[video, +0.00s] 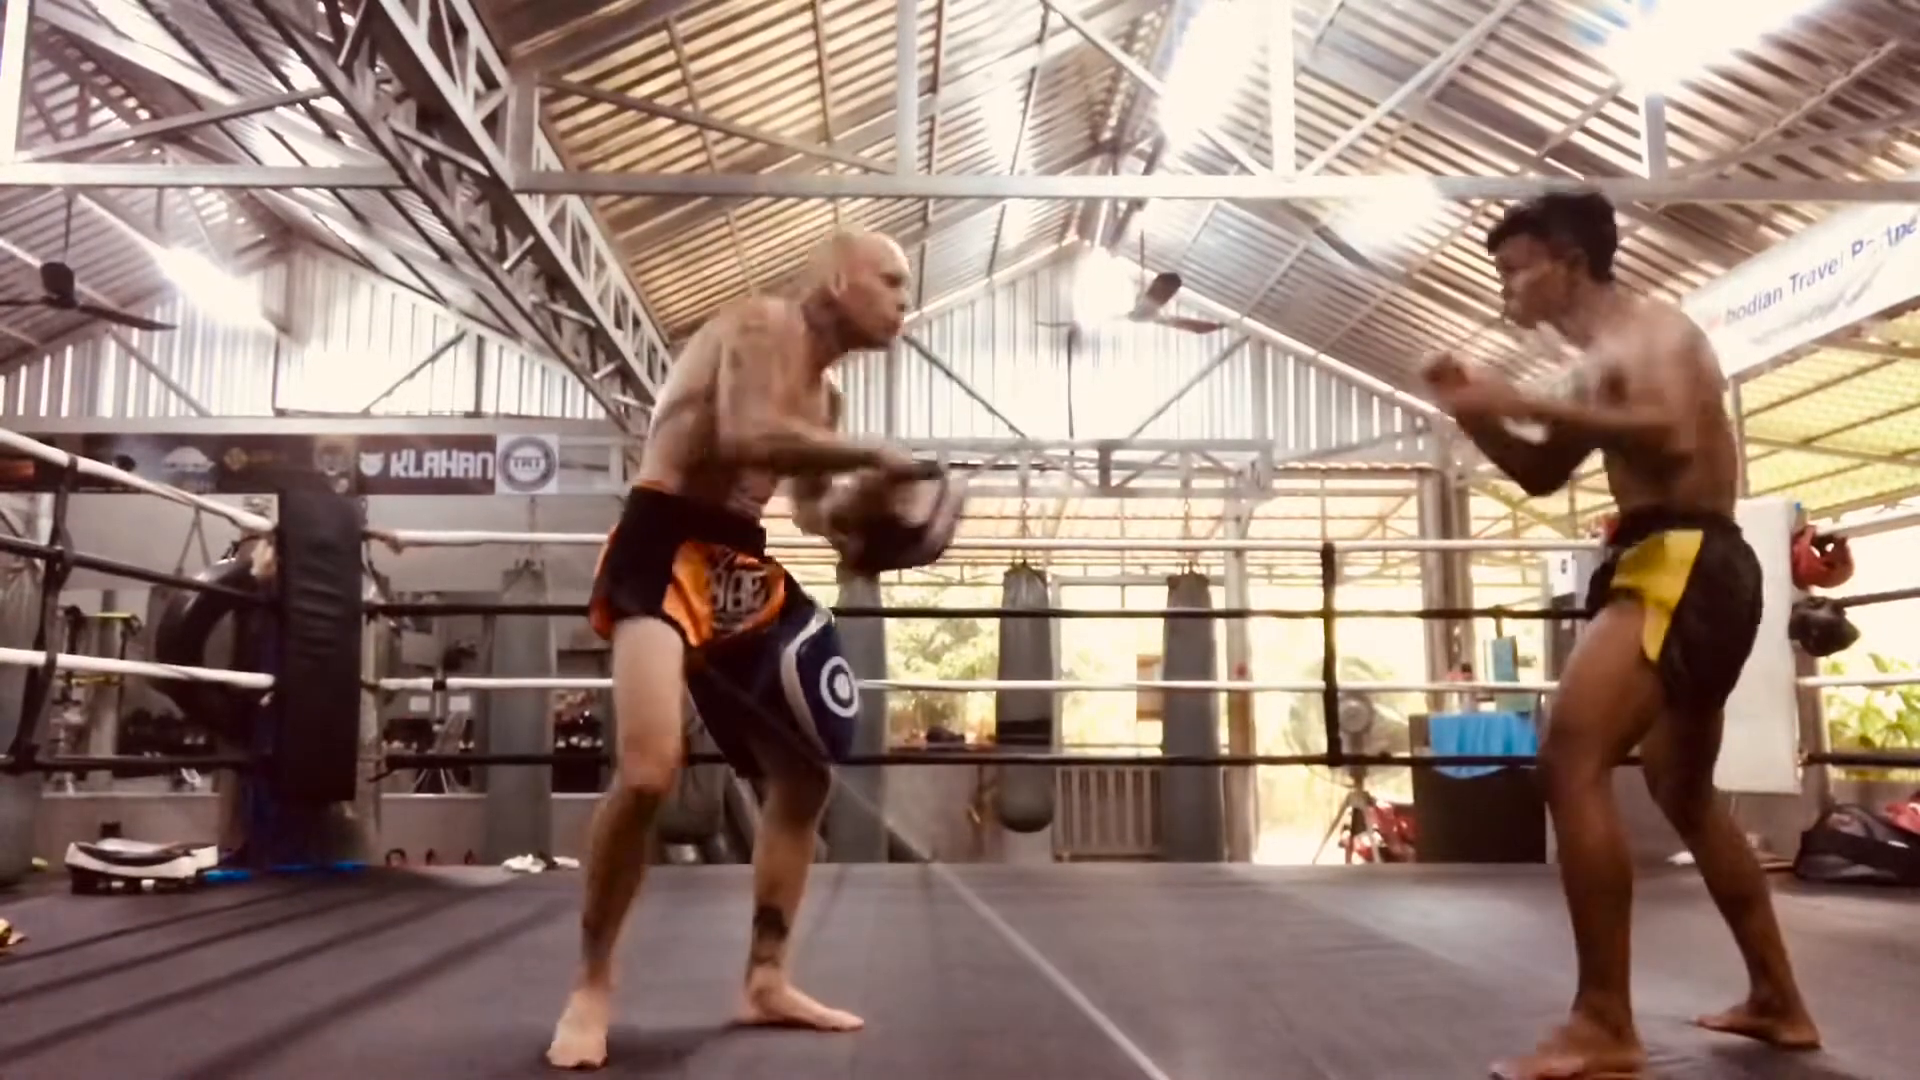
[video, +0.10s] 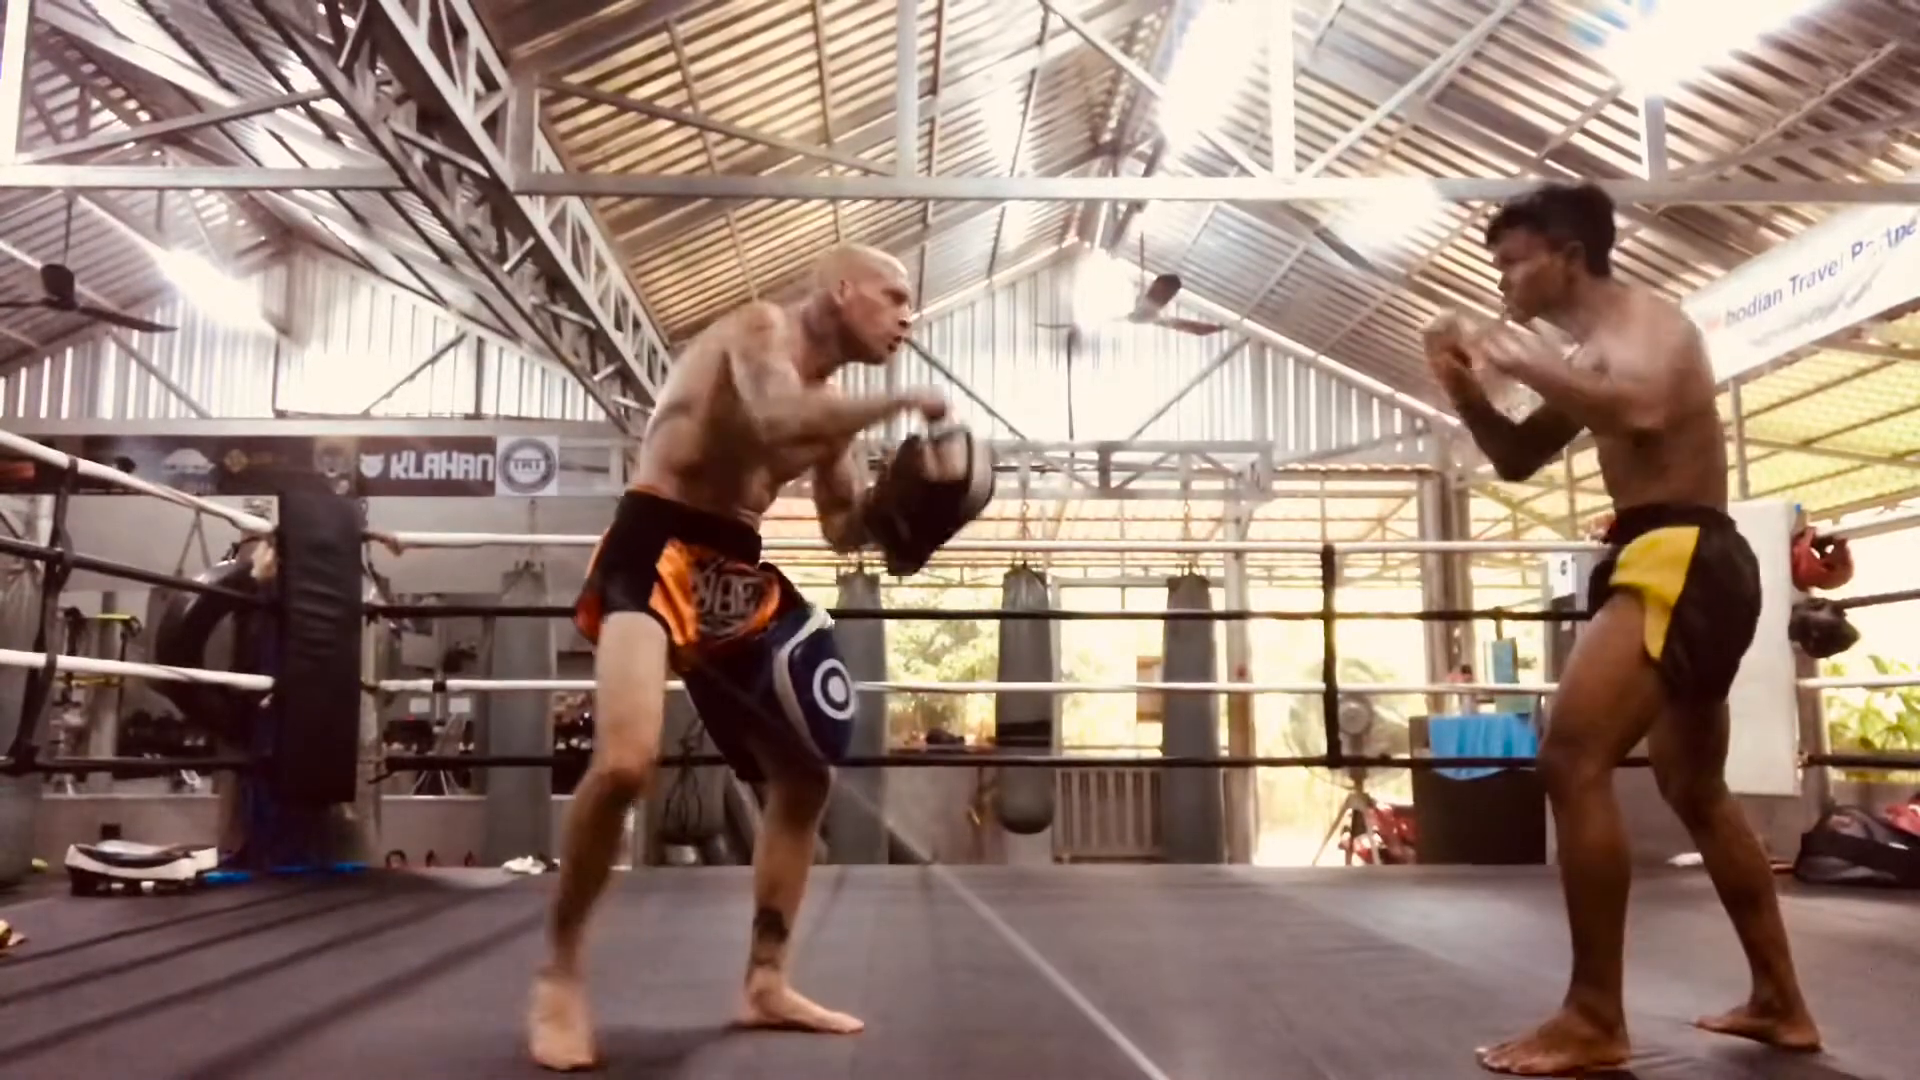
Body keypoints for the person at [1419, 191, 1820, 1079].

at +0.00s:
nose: (1504, 291)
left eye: (1514, 270)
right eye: (1501, 272)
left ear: (1567, 261)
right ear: (1565, 269)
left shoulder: (1647, 325)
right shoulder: (1603, 361)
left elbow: (1667, 425)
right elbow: (1541, 472)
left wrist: (1516, 403)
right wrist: (1470, 412)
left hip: (1681, 555)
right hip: (1693, 561)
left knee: (1572, 758)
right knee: (1683, 786)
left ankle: (1603, 1024)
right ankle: (1780, 1001)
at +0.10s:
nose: (1500, 280)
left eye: (1511, 261)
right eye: (1497, 264)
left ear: (1566, 255)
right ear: (1554, 265)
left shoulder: (1642, 314)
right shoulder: (1584, 351)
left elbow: (1648, 404)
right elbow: (1519, 456)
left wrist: (1517, 356)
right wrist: (1467, 397)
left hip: (1677, 552)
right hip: (1674, 556)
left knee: (1572, 759)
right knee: (1696, 787)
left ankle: (1593, 1018)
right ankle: (1782, 1001)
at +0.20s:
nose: (1494, 276)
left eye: (1505, 258)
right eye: (1491, 261)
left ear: (1560, 254)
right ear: (1548, 264)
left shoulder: (1629, 311)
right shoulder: (1573, 352)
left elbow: (1621, 396)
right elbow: (1507, 456)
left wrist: (1496, 339)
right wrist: (1453, 385)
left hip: (1662, 555)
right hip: (1671, 557)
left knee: (1571, 764)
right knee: (1691, 786)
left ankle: (1590, 1022)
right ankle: (1781, 1000)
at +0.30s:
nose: (1476, 284)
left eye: (1486, 265)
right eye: (1472, 268)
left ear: (1542, 259)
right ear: (1532, 268)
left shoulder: (1609, 319)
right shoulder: (1557, 358)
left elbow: (1598, 422)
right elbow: (1508, 472)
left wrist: (1472, 384)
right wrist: (1435, 409)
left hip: (1650, 560)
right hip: (1643, 562)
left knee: (1556, 770)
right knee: (1677, 794)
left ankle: (1589, 1027)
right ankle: (1777, 1001)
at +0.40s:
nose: (1450, 291)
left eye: (1460, 272)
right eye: (1447, 275)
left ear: (1514, 265)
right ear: (1516, 272)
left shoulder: (1578, 323)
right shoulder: (1551, 352)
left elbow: (1575, 421)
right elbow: (1506, 481)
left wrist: (1439, 403)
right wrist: (1424, 445)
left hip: (1630, 559)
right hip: (1654, 560)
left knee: (1545, 772)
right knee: (1648, 778)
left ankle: (1588, 1026)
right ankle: (1761, 980)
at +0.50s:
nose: (1437, 294)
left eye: (1446, 272)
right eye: (1432, 277)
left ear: (1501, 262)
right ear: (1504, 271)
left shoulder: (1561, 315)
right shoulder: (1547, 345)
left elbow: (1524, 397)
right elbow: (1482, 475)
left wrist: (1394, 366)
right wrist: (1388, 432)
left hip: (1623, 554)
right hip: (1652, 554)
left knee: (1546, 771)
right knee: (1638, 772)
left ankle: (1588, 1025)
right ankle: (1751, 964)